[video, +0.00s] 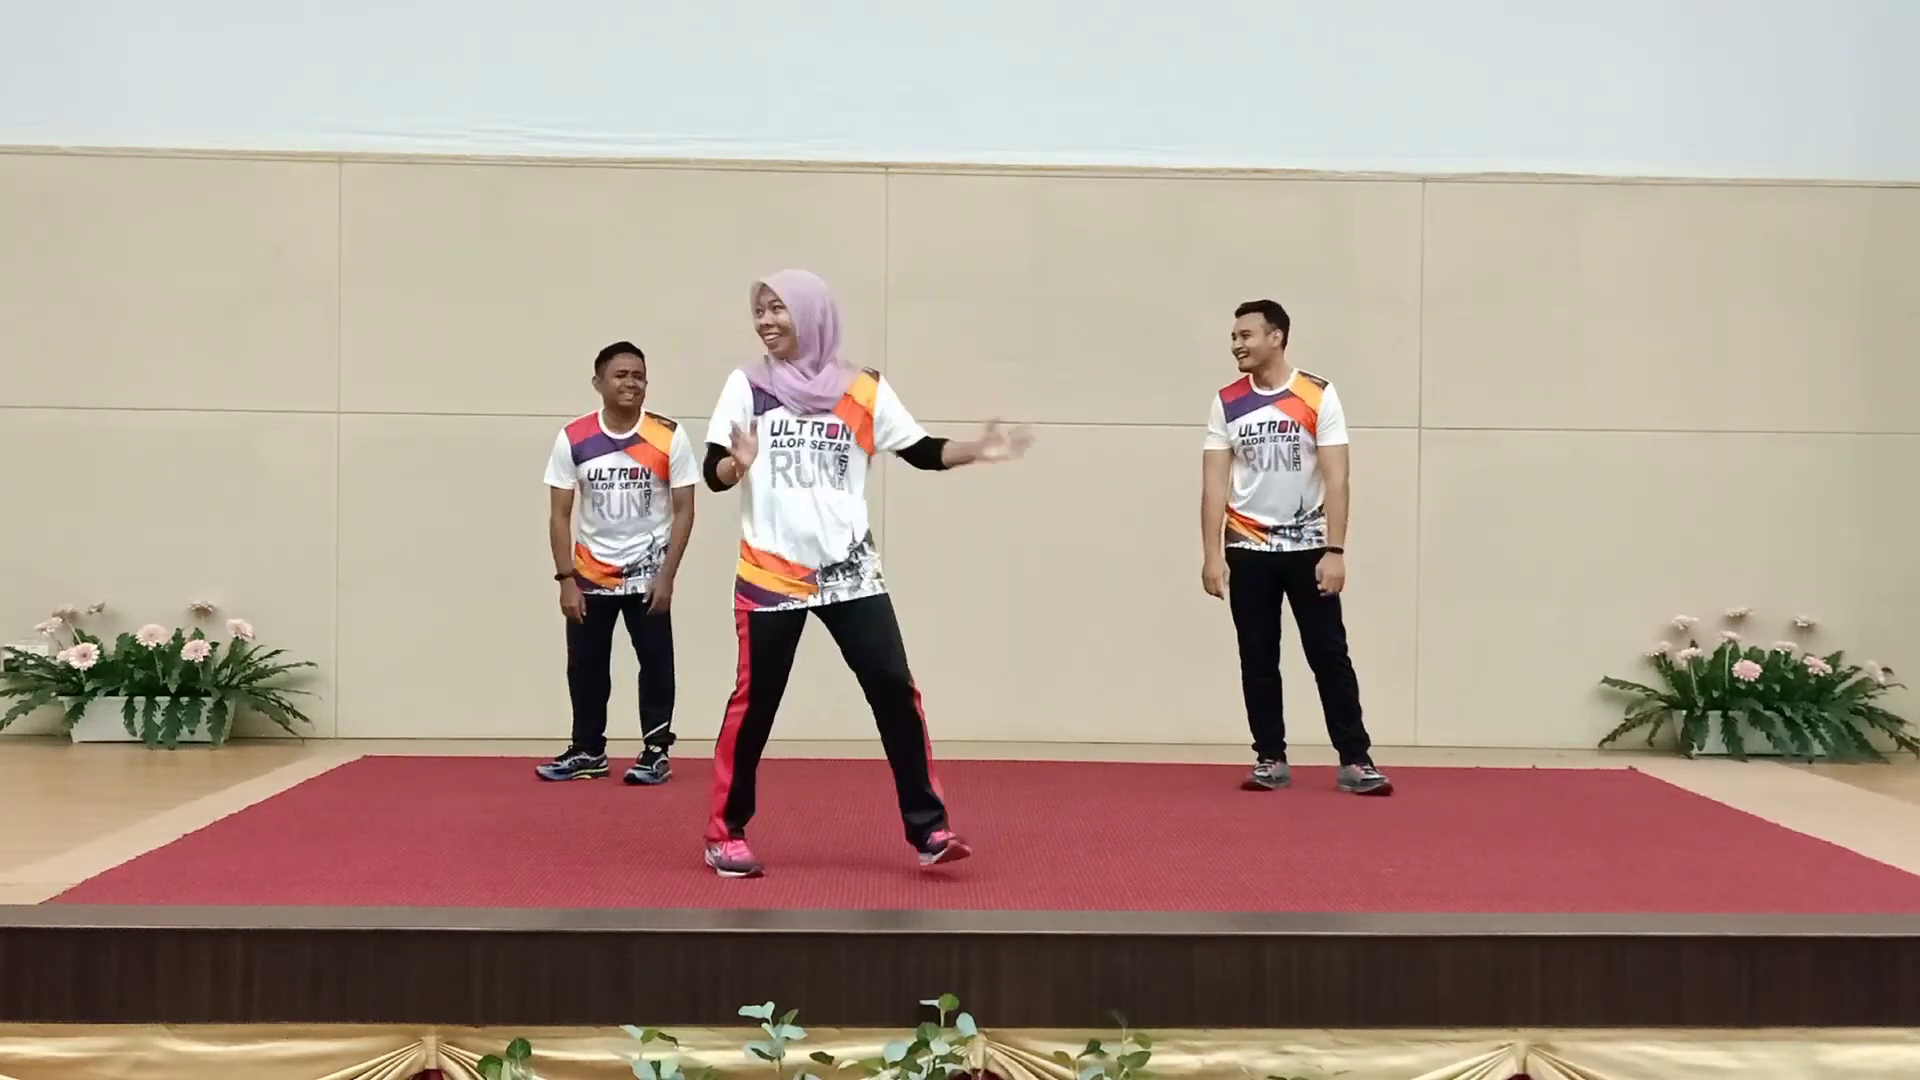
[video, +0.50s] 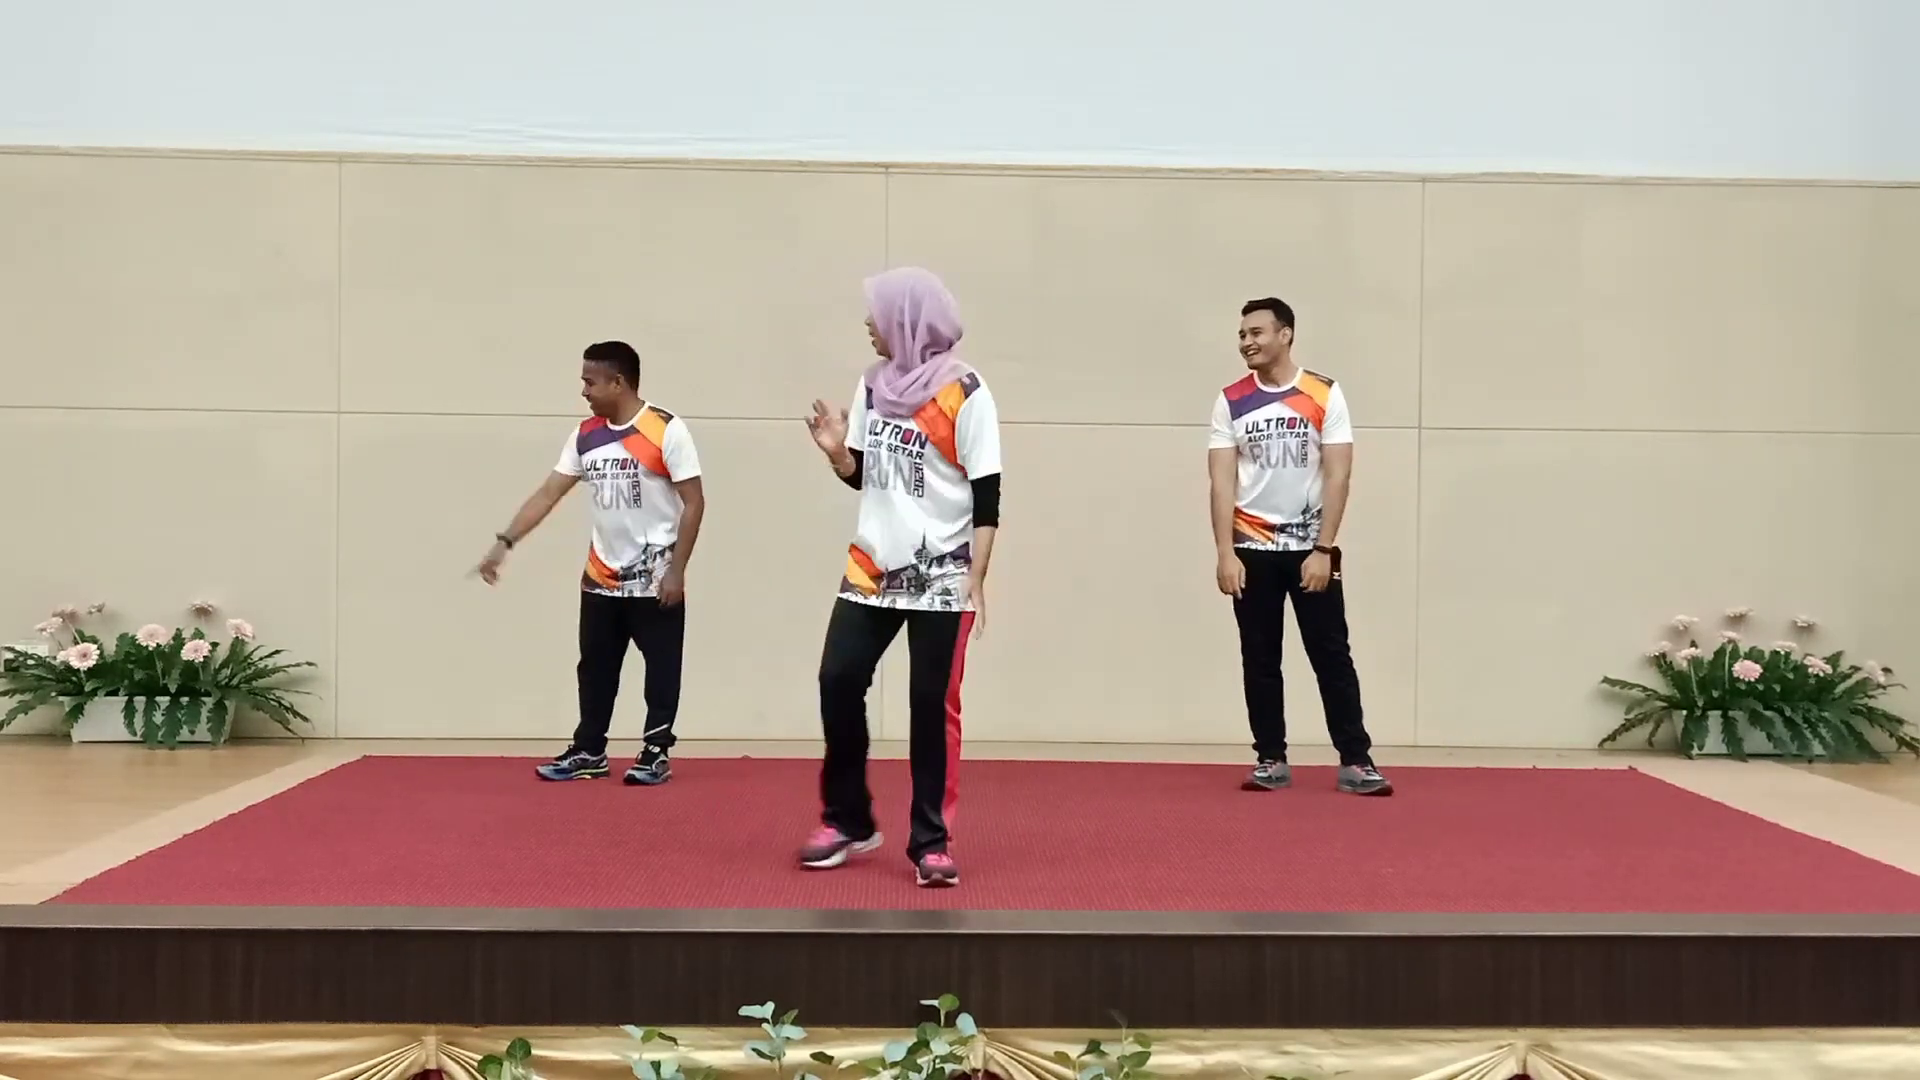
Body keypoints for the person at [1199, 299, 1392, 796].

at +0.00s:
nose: (1236, 344)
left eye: (1245, 335)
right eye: (1234, 336)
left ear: (1278, 338)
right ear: (1238, 342)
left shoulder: (1320, 398)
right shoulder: (1227, 402)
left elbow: (1336, 480)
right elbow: (1215, 485)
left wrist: (1335, 550)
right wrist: (1212, 554)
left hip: (1307, 548)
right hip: (1248, 550)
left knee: (1330, 657)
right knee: (1257, 661)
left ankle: (1355, 761)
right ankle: (1271, 761)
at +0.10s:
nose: (1239, 344)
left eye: (1248, 335)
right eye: (1236, 336)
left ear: (1280, 337)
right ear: (1237, 342)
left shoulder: (1321, 397)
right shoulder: (1227, 402)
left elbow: (1338, 477)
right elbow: (1218, 484)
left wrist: (1337, 547)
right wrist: (1214, 552)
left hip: (1309, 549)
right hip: (1249, 551)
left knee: (1329, 656)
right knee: (1258, 661)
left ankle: (1355, 761)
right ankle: (1271, 760)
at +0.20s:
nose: (1241, 343)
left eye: (1250, 334)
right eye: (1237, 336)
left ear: (1281, 337)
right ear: (1238, 342)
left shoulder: (1322, 397)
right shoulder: (1227, 402)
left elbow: (1339, 478)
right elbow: (1218, 483)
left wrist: (1336, 547)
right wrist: (1217, 551)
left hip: (1309, 548)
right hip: (1249, 551)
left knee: (1330, 656)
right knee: (1258, 661)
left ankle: (1355, 761)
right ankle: (1271, 760)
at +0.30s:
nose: (1243, 343)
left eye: (1253, 334)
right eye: (1240, 336)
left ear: (1283, 336)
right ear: (1239, 342)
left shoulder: (1324, 397)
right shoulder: (1229, 402)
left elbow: (1338, 478)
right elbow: (1220, 482)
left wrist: (1330, 548)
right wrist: (1222, 551)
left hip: (1310, 549)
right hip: (1251, 550)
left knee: (1330, 657)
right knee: (1258, 661)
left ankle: (1355, 761)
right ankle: (1271, 760)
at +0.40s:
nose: (1245, 342)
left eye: (1254, 333)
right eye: (1241, 335)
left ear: (1285, 336)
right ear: (1240, 342)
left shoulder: (1325, 396)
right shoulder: (1230, 402)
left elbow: (1336, 478)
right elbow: (1222, 481)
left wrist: (1327, 549)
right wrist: (1224, 551)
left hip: (1310, 549)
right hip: (1252, 551)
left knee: (1331, 658)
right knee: (1259, 662)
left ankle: (1356, 761)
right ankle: (1271, 760)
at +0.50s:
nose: (1247, 342)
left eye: (1256, 333)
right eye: (1243, 334)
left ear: (1286, 336)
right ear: (1242, 341)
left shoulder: (1325, 396)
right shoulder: (1231, 401)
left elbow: (1338, 476)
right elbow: (1222, 482)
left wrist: (1325, 549)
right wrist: (1225, 551)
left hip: (1311, 549)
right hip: (1253, 551)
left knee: (1332, 658)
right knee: (1259, 661)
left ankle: (1356, 762)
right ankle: (1271, 760)